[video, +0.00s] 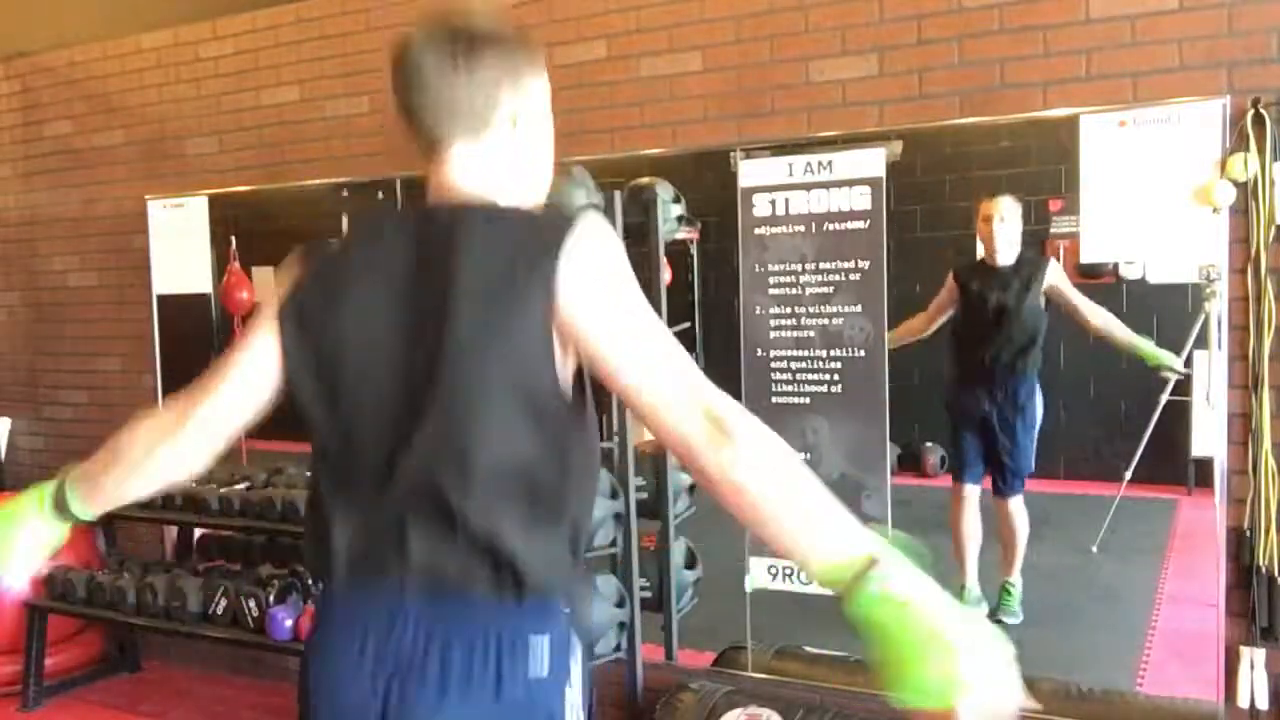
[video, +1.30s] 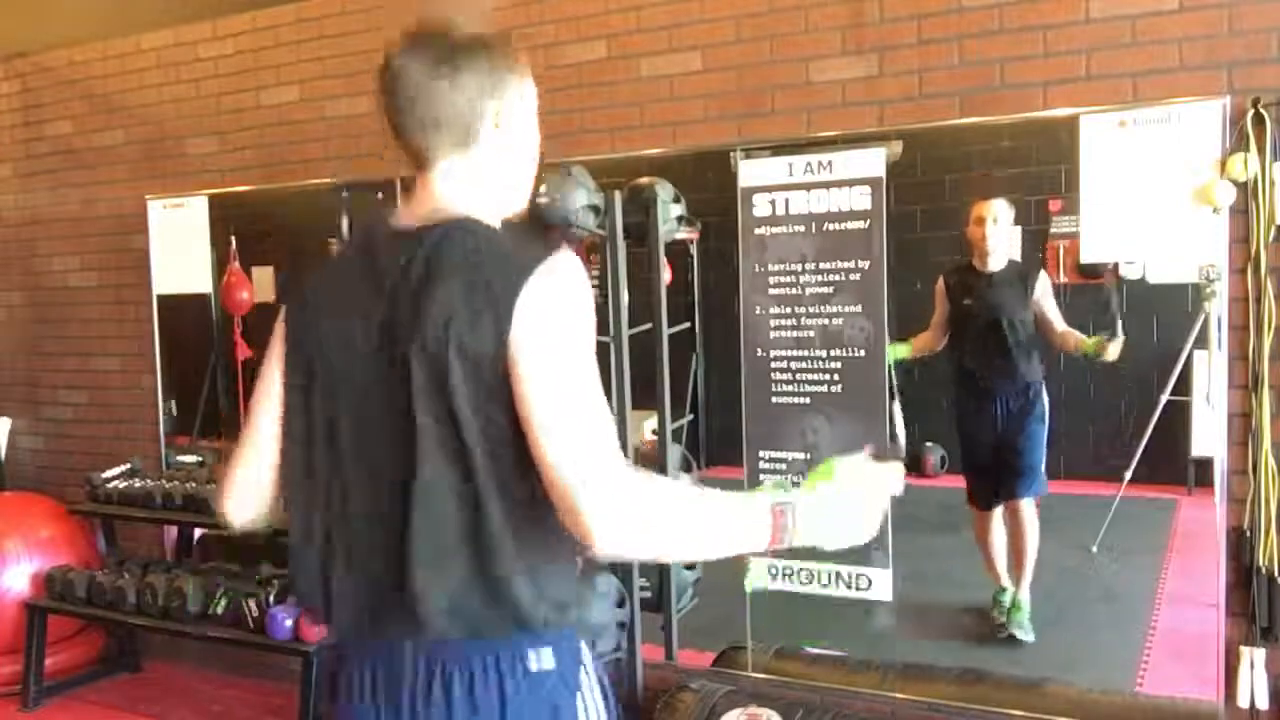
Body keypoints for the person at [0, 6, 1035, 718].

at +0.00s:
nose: (555, 138)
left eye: (545, 119)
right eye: (551, 118)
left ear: (409, 132)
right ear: (528, 121)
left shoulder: (323, 280)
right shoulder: (566, 258)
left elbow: (192, 426)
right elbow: (711, 434)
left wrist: (56, 505)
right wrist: (888, 587)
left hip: (350, 650)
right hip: (512, 653)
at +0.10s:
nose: (548, 147)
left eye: (538, 124)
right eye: (540, 123)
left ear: (406, 149)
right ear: (524, 133)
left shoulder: (312, 310)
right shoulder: (573, 293)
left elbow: (223, 483)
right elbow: (733, 471)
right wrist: (924, 615)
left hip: (331, 683)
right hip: (498, 686)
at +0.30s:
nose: (546, 67)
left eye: (542, 38)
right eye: (541, 36)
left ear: (402, 43)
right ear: (512, 34)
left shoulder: (337, 182)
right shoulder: (561, 194)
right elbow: (553, 389)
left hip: (276, 580)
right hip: (426, 605)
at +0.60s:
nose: (504, 63)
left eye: (498, 35)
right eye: (496, 32)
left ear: (368, 50)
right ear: (466, 35)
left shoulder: (325, 209)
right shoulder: (513, 203)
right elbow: (579, 460)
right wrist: (671, 460)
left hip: (313, 587)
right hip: (448, 610)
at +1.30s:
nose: (540, 141)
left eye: (534, 113)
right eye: (533, 113)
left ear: (407, 134)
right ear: (507, 120)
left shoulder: (314, 292)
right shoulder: (531, 276)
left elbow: (244, 501)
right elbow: (607, 516)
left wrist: (375, 448)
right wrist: (802, 513)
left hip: (366, 674)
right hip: (520, 672)